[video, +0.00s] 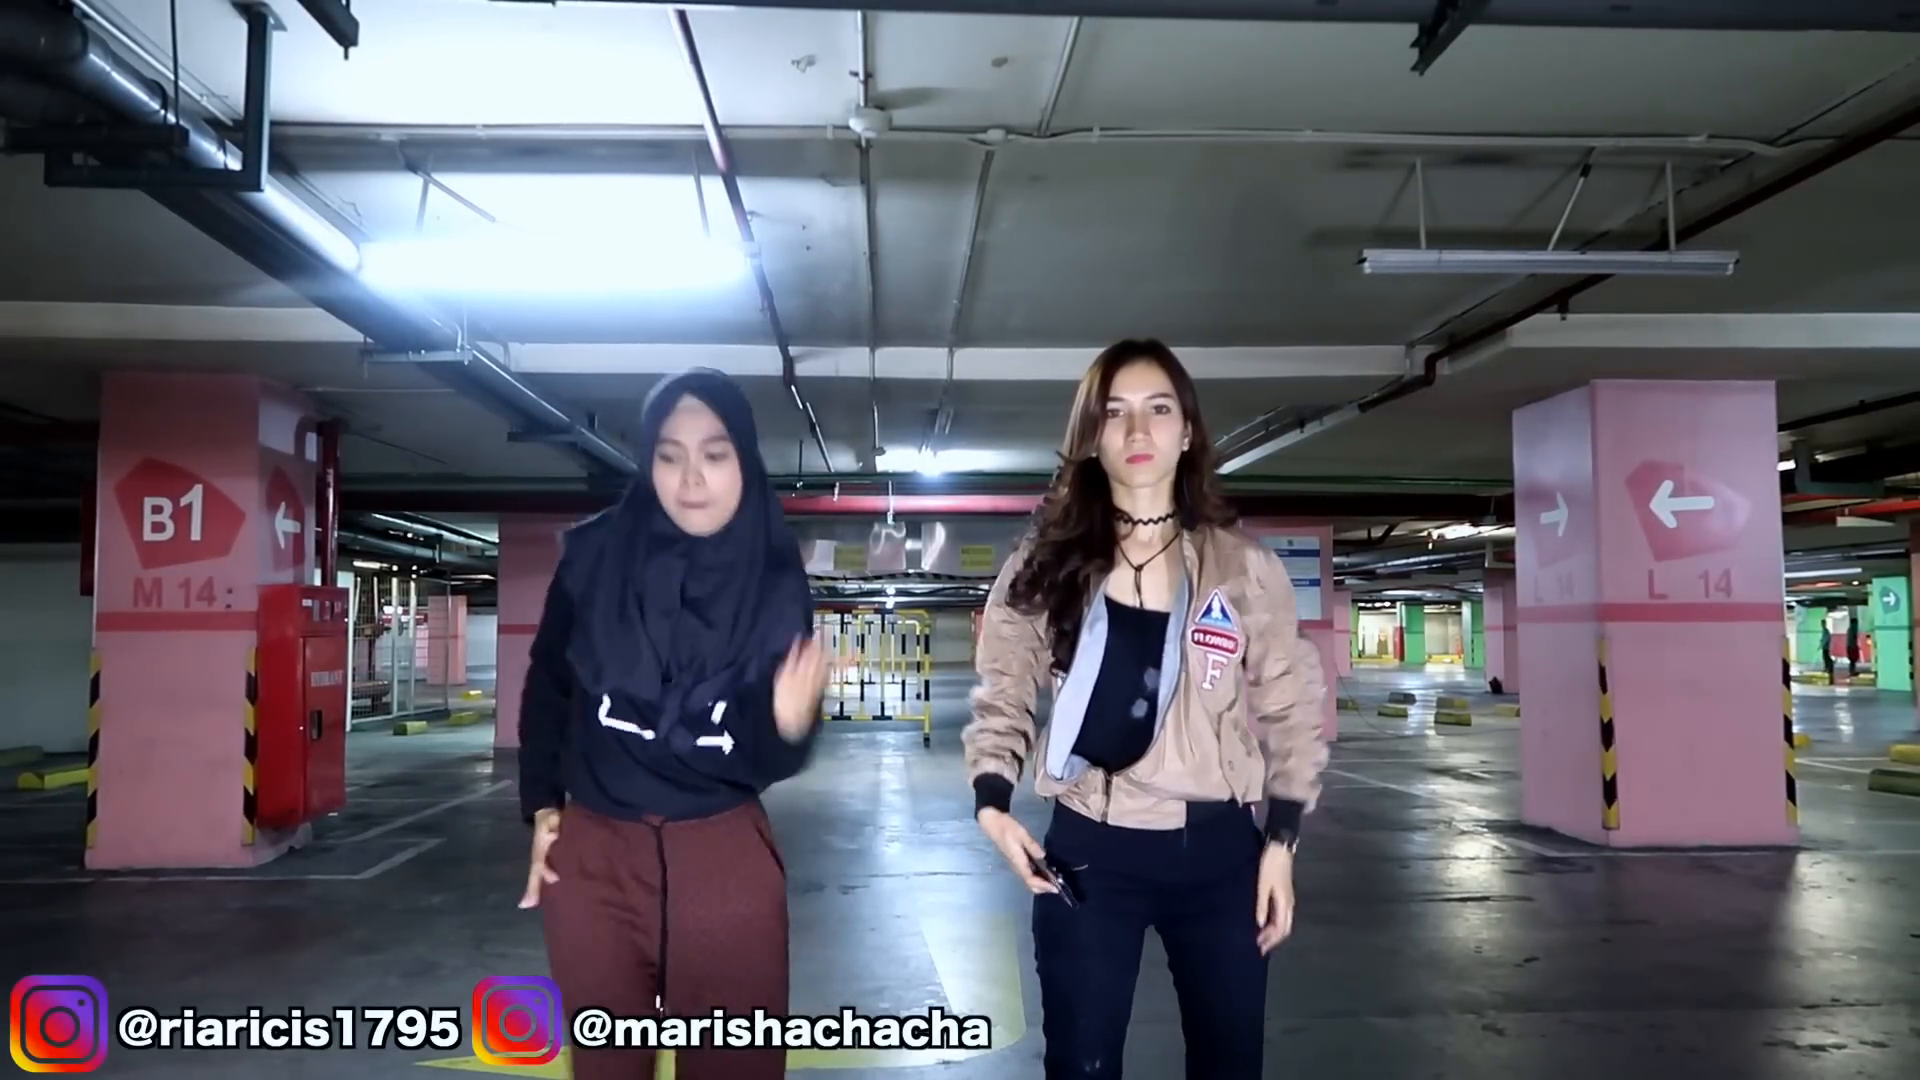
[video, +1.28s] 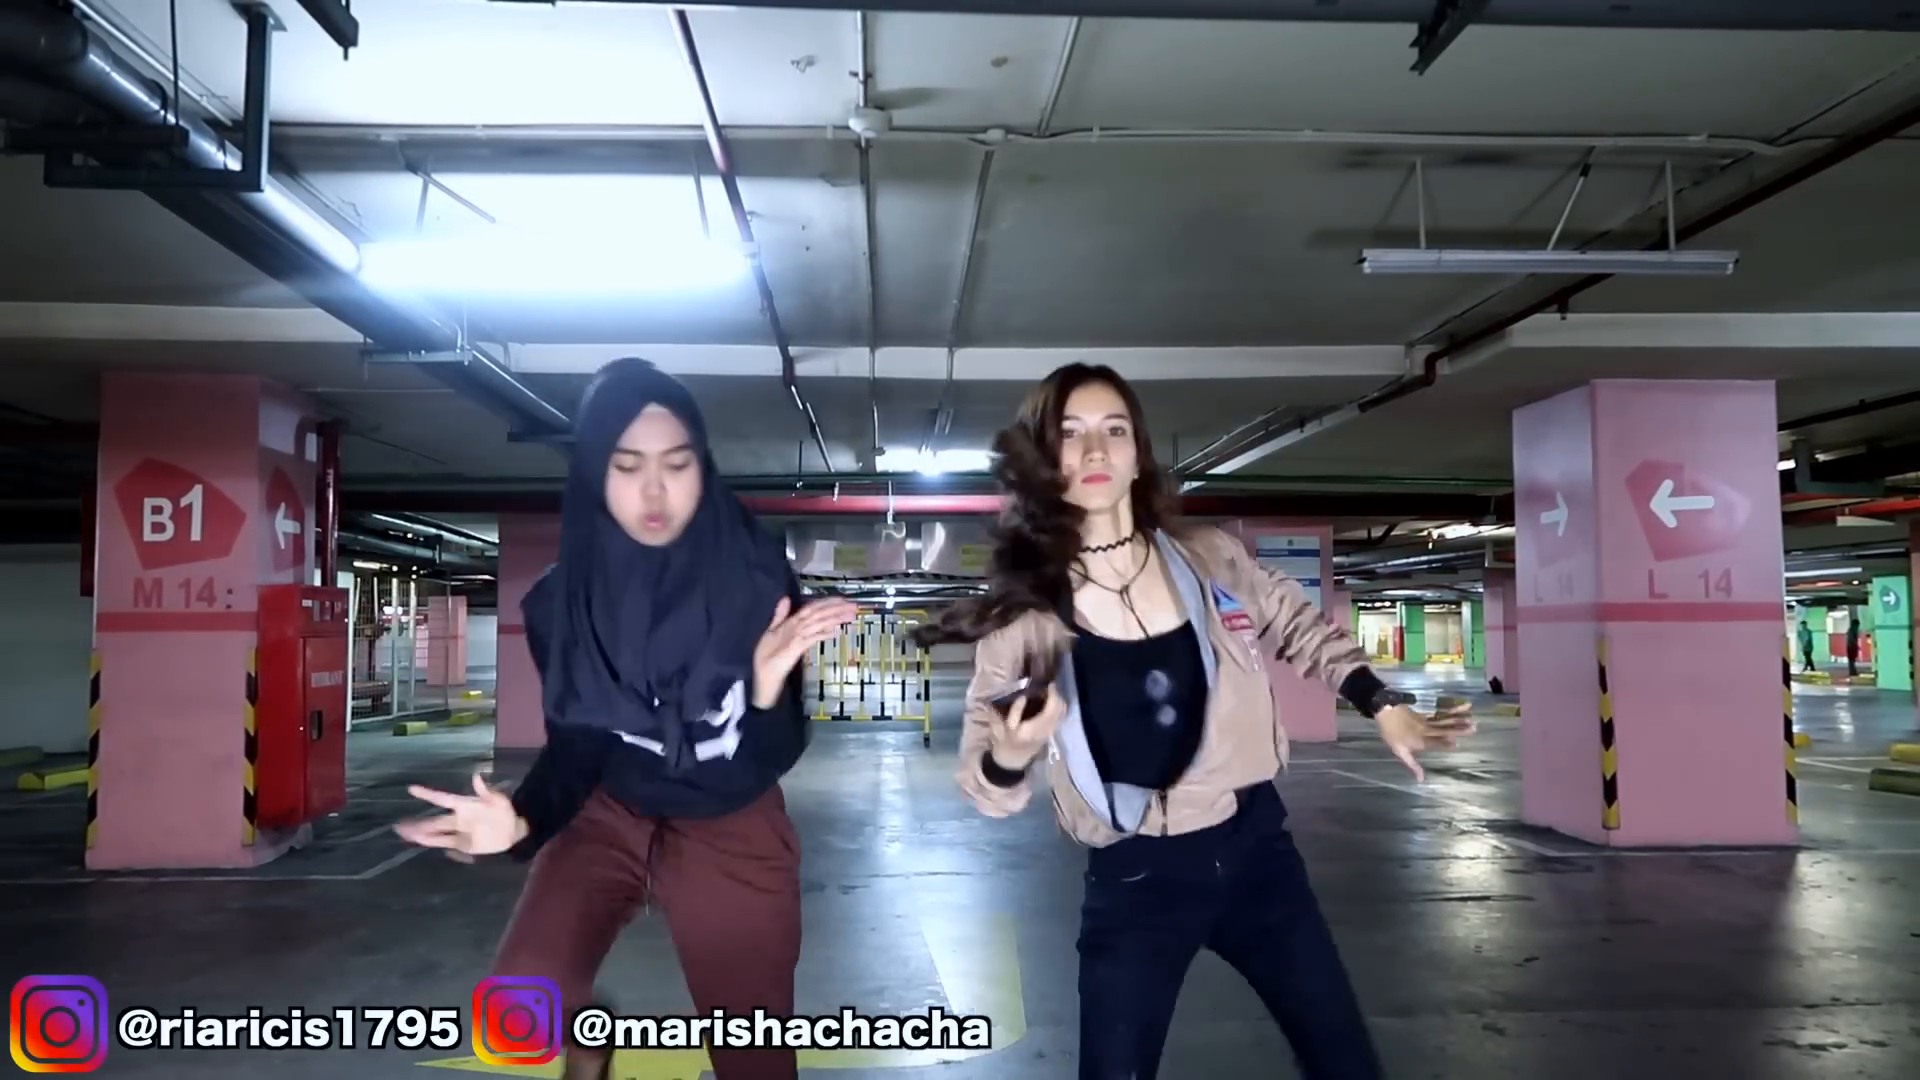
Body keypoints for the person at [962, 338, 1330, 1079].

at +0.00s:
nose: (1137, 428)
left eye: (1158, 408)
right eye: (1116, 412)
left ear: (1187, 431)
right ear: (1090, 436)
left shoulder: (1246, 566)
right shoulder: (1044, 563)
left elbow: (1292, 711)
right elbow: (1005, 689)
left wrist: (1281, 842)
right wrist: (992, 802)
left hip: (1221, 854)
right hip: (1089, 852)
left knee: (1230, 1066)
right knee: (1080, 1067)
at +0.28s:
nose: (1150, 489)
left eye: (1176, 465)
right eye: (1149, 470)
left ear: (1242, 485)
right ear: (1140, 485)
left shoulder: (1299, 645)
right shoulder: (1100, 598)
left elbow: (1376, 779)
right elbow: (1008, 689)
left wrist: (1307, 815)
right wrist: (992, 774)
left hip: (1233, 895)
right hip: (1105, 882)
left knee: (1270, 1070)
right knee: (1053, 1052)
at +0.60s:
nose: (1235, 454)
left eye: (1259, 438)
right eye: (1218, 436)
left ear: (1287, 464)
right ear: (1189, 458)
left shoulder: (1290, 627)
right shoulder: (1120, 559)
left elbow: (1284, 800)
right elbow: (1008, 612)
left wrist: (1257, 725)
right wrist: (934, 687)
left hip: (1180, 882)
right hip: (1060, 856)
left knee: (1180, 1069)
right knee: (965, 1060)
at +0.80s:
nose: (1146, 437)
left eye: (1171, 423)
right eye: (1126, 422)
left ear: (1203, 455)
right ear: (1099, 452)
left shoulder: (1242, 583)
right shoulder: (1058, 558)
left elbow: (1358, 715)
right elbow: (944, 610)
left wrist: (1265, 639)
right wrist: (917, 686)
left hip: (1161, 870)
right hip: (1037, 852)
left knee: (1157, 1070)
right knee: (961, 1060)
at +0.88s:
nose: (1095, 477)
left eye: (1120, 462)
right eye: (1078, 459)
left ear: (1152, 492)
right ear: (1047, 484)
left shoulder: (1213, 603)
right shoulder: (999, 619)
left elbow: (1327, 698)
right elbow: (940, 746)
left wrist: (1248, 720)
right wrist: (942, 798)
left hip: (1160, 891)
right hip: (1034, 886)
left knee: (1171, 1069)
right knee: (1001, 1067)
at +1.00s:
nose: (1069, 519)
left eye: (1089, 503)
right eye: (1046, 502)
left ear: (1112, 528)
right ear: (1012, 531)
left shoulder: (1184, 624)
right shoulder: (989, 675)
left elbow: (1277, 670)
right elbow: (992, 827)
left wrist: (1290, 740)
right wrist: (1036, 850)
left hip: (1172, 902)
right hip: (1048, 918)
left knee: (1266, 1066)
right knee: (1010, 1072)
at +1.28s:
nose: (1096, 451)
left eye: (1114, 430)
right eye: (1073, 433)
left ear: (1139, 450)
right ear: (1043, 456)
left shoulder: (1211, 557)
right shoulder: (1024, 606)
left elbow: (1299, 628)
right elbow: (986, 795)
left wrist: (1381, 705)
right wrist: (1013, 760)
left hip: (1255, 852)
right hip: (1134, 875)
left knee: (1345, 1058)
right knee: (1114, 1071)